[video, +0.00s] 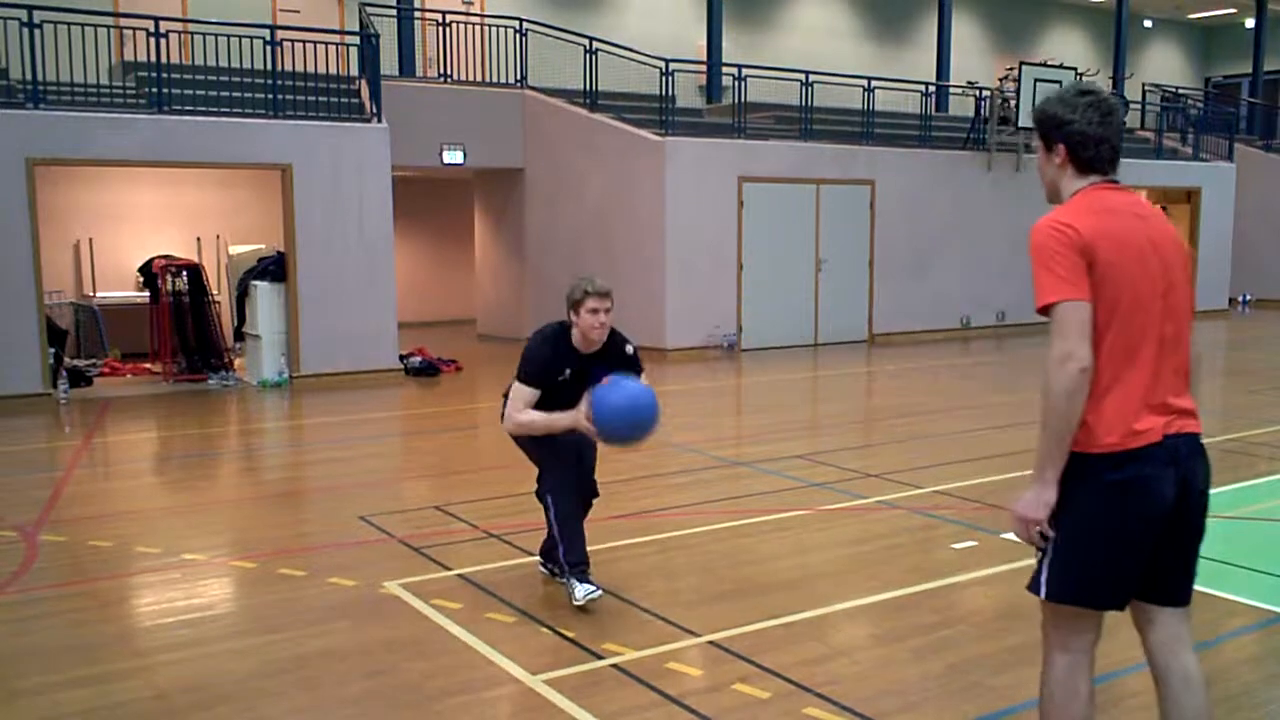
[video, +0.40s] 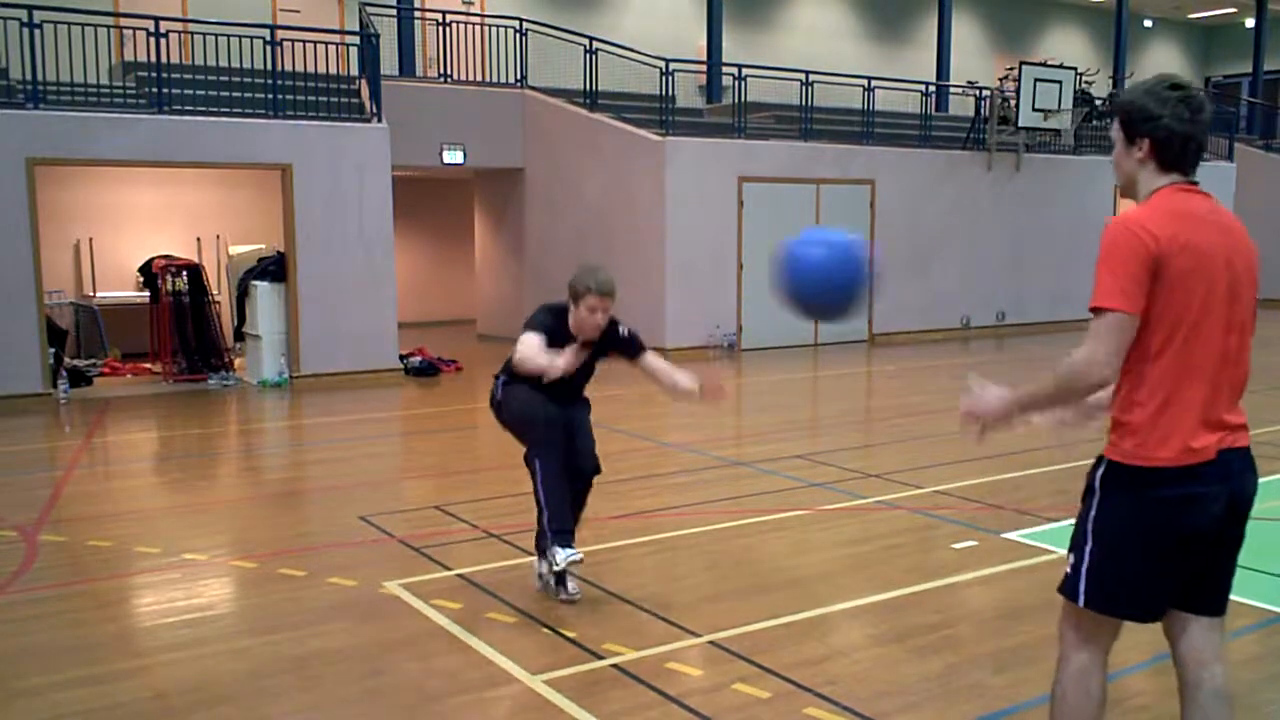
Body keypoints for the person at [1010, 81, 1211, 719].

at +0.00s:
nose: (1036, 162)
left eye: (1037, 148)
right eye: (1037, 149)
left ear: (1056, 152)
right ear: (1110, 149)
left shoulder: (1062, 228)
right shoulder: (1162, 224)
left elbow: (1073, 361)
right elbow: (1174, 348)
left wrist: (1043, 480)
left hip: (1106, 473)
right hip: (1181, 466)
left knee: (1069, 642)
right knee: (1167, 628)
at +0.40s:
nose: (1112, 158)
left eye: (1115, 143)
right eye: (1112, 143)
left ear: (1139, 146)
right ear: (1188, 147)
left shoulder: (1136, 227)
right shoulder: (1234, 232)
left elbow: (1098, 365)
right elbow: (1208, 360)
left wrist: (1011, 402)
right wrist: (1117, 395)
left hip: (1142, 474)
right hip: (1225, 471)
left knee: (1085, 637)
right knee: (1198, 632)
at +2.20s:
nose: (1142, 169)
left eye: (1142, 152)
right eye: (1141, 152)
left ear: (1169, 149)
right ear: (1221, 150)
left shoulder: (1173, 230)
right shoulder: (1265, 228)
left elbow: (1181, 369)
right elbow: (1254, 367)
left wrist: (1102, 410)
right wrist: (1137, 403)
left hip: (1177, 479)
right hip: (1253, 474)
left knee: (1080, 631)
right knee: (1214, 641)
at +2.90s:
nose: (1064, 195)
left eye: (1064, 180)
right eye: (1062, 180)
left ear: (1087, 176)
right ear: (1140, 171)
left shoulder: (1104, 244)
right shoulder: (1209, 237)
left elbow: (1130, 381)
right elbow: (1241, 360)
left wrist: (1097, 481)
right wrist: (1153, 445)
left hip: (1179, 480)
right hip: (1255, 470)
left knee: (1114, 654)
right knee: (1222, 650)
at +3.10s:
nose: (1024, 219)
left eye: (1022, 204)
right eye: (1021, 205)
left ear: (1040, 201)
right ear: (1091, 193)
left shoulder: (1055, 265)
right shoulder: (1158, 246)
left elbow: (1075, 405)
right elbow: (1185, 376)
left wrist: (1060, 509)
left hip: (1164, 479)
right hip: (1245, 464)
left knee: (1113, 660)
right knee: (1218, 648)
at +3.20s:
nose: (1011, 214)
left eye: (1011, 198)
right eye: (1011, 199)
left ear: (1031, 197)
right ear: (1085, 191)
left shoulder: (1042, 265)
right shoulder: (1150, 246)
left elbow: (1033, 407)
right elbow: (1171, 383)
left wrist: (1006, 494)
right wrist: (1096, 475)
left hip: (1141, 476)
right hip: (1225, 464)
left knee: (1102, 660)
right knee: (1206, 653)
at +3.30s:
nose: (1008, 198)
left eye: (1008, 183)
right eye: (1008, 184)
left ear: (1027, 185)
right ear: (1079, 180)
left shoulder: (1033, 256)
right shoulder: (1138, 240)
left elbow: (999, 391)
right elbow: (1111, 381)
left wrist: (944, 439)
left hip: (1125, 474)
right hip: (1208, 461)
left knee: (1090, 655)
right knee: (1192, 646)